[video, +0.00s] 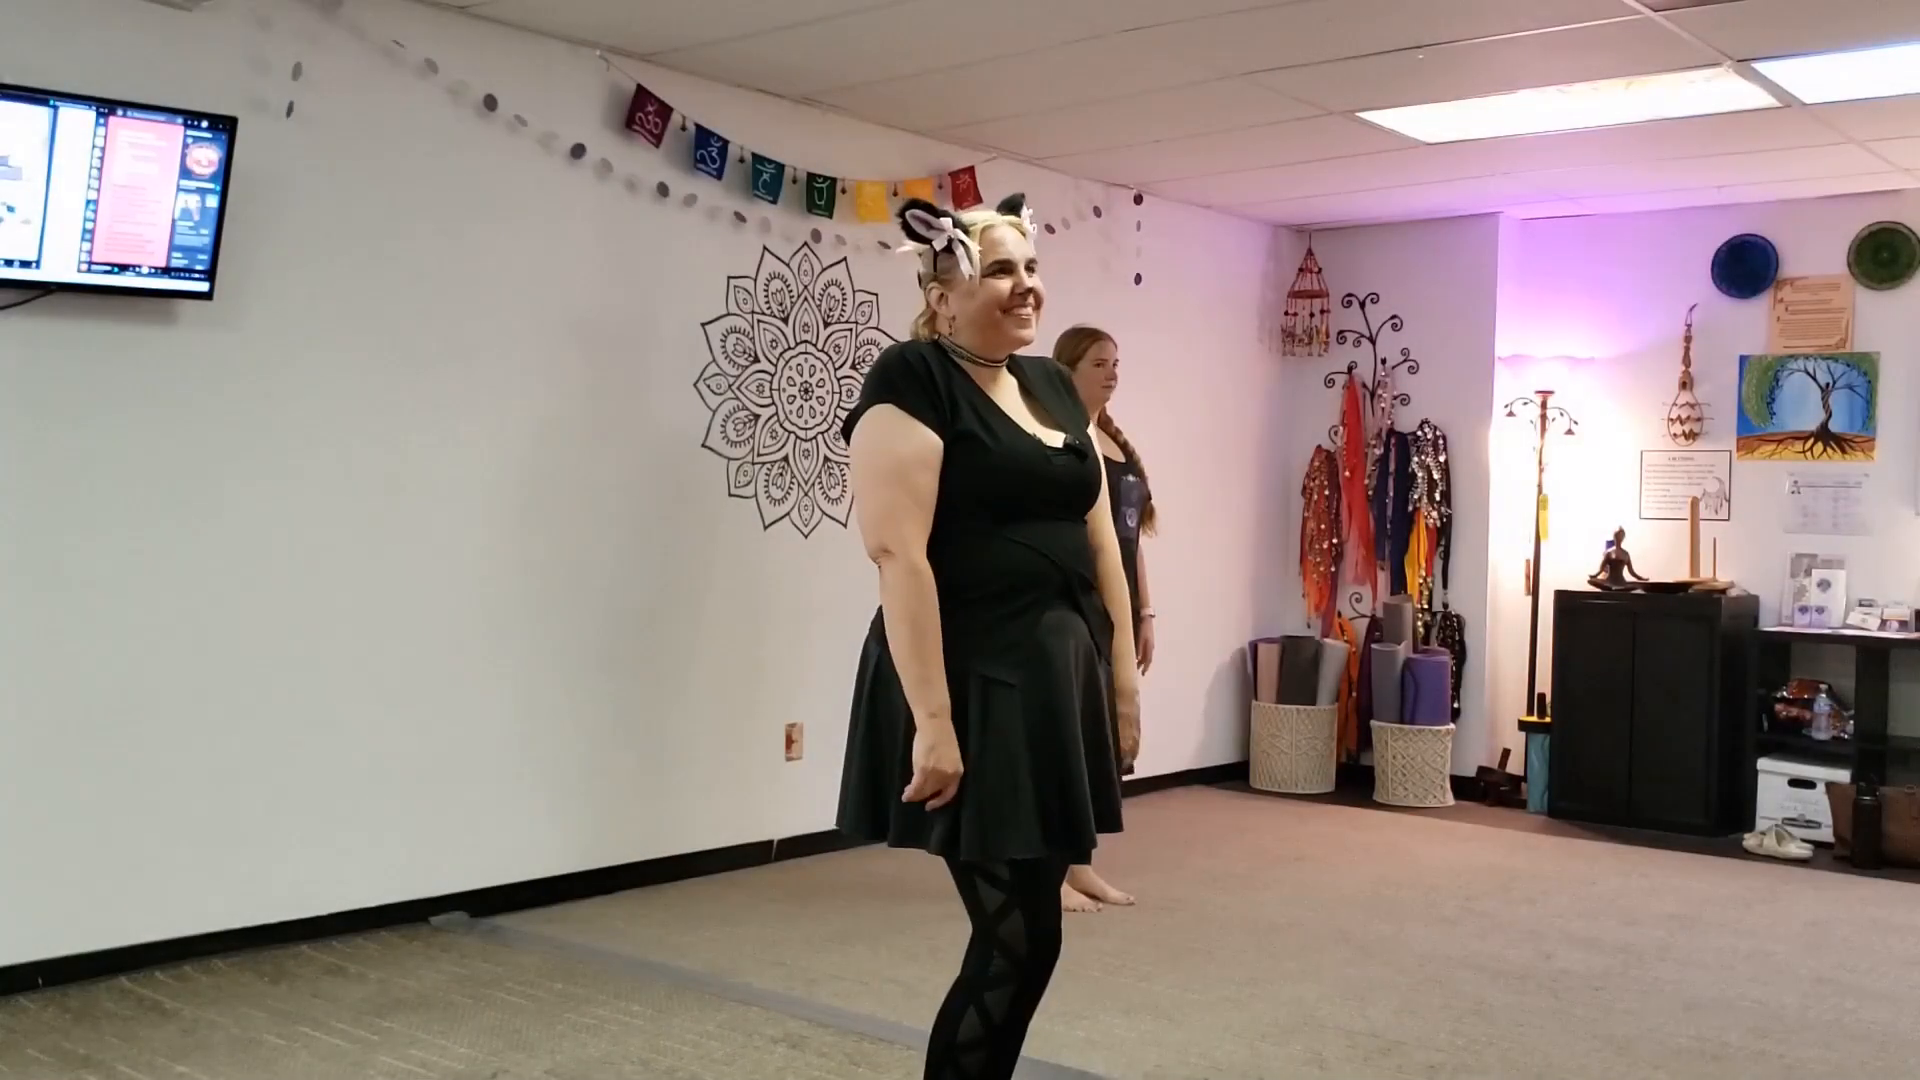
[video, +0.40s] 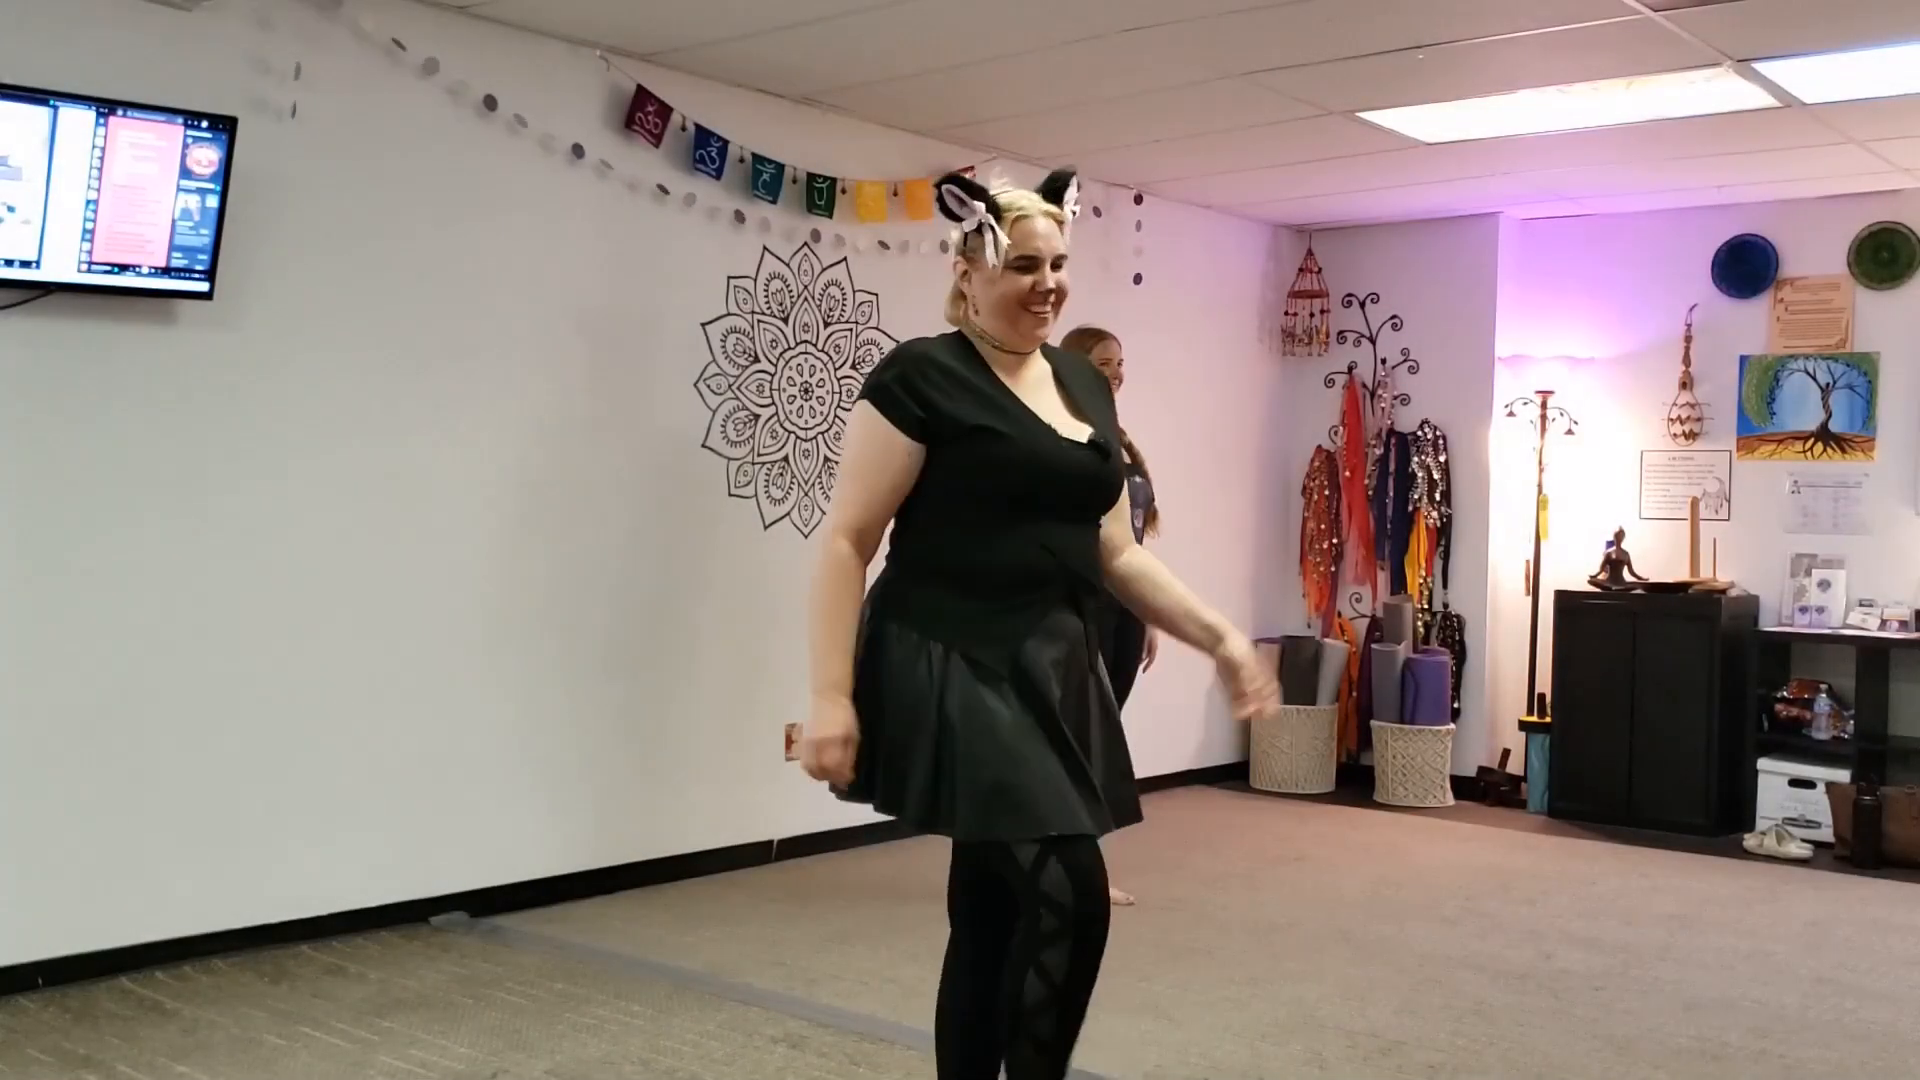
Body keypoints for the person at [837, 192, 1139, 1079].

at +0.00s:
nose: (1027, 284)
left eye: (1031, 269)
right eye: (1000, 271)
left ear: (1039, 282)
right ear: (941, 298)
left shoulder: (1051, 386)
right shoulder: (910, 379)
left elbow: (1102, 535)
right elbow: (897, 554)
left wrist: (1124, 675)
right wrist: (931, 720)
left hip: (1060, 683)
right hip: (968, 689)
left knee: (1021, 937)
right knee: (1019, 941)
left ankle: (969, 1069)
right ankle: (957, 1072)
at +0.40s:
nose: (1048, 282)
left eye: (1059, 265)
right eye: (1025, 264)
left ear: (1068, 271)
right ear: (967, 272)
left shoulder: (1075, 383)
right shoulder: (921, 375)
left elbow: (1116, 549)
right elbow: (846, 541)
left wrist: (1222, 635)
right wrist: (830, 698)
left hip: (1051, 666)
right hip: (942, 664)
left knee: (990, 918)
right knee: (1074, 898)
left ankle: (965, 1076)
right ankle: (1033, 1070)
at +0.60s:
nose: (1061, 276)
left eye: (1074, 258)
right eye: (1035, 259)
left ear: (1088, 275)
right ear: (989, 276)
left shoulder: (1109, 401)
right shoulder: (945, 376)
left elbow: (1157, 555)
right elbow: (854, 534)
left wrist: (1310, 548)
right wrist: (778, 678)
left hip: (1071, 678)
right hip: (960, 680)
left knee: (999, 932)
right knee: (1061, 940)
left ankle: (972, 1074)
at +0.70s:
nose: (1065, 274)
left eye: (1079, 256)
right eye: (1039, 259)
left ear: (1098, 278)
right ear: (999, 285)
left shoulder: (1131, 408)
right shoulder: (957, 382)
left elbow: (1193, 559)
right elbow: (861, 534)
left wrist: (1348, 498)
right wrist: (769, 676)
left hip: (1088, 695)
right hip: (973, 692)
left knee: (1010, 950)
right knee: (1069, 956)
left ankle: (976, 1071)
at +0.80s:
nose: (1071, 269)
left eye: (1087, 250)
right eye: (1046, 255)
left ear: (1114, 275)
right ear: (1013, 285)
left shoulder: (1158, 405)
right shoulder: (970, 387)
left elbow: (1231, 554)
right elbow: (869, 543)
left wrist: (1367, 468)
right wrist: (770, 677)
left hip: (1107, 704)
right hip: (984, 697)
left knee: (1032, 960)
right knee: (1077, 967)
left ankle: (987, 1074)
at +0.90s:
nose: (1079, 266)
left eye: (1096, 247)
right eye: (1054, 253)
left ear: (1127, 268)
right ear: (1023, 284)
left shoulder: (1181, 398)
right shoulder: (982, 389)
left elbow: (1258, 547)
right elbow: (879, 552)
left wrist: (1384, 456)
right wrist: (772, 681)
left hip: (1136, 715)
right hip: (998, 709)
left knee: (1101, 966)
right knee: (1070, 977)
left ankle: (1016, 1065)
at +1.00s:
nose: (1088, 268)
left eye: (1106, 248)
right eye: (1063, 254)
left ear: (1138, 267)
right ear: (1032, 282)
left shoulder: (1197, 397)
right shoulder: (988, 393)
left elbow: (1281, 551)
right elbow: (886, 557)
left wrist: (1395, 457)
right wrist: (773, 680)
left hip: (1159, 717)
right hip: (1012, 718)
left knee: (1180, 979)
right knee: (1079, 1006)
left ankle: (1054, 1063)